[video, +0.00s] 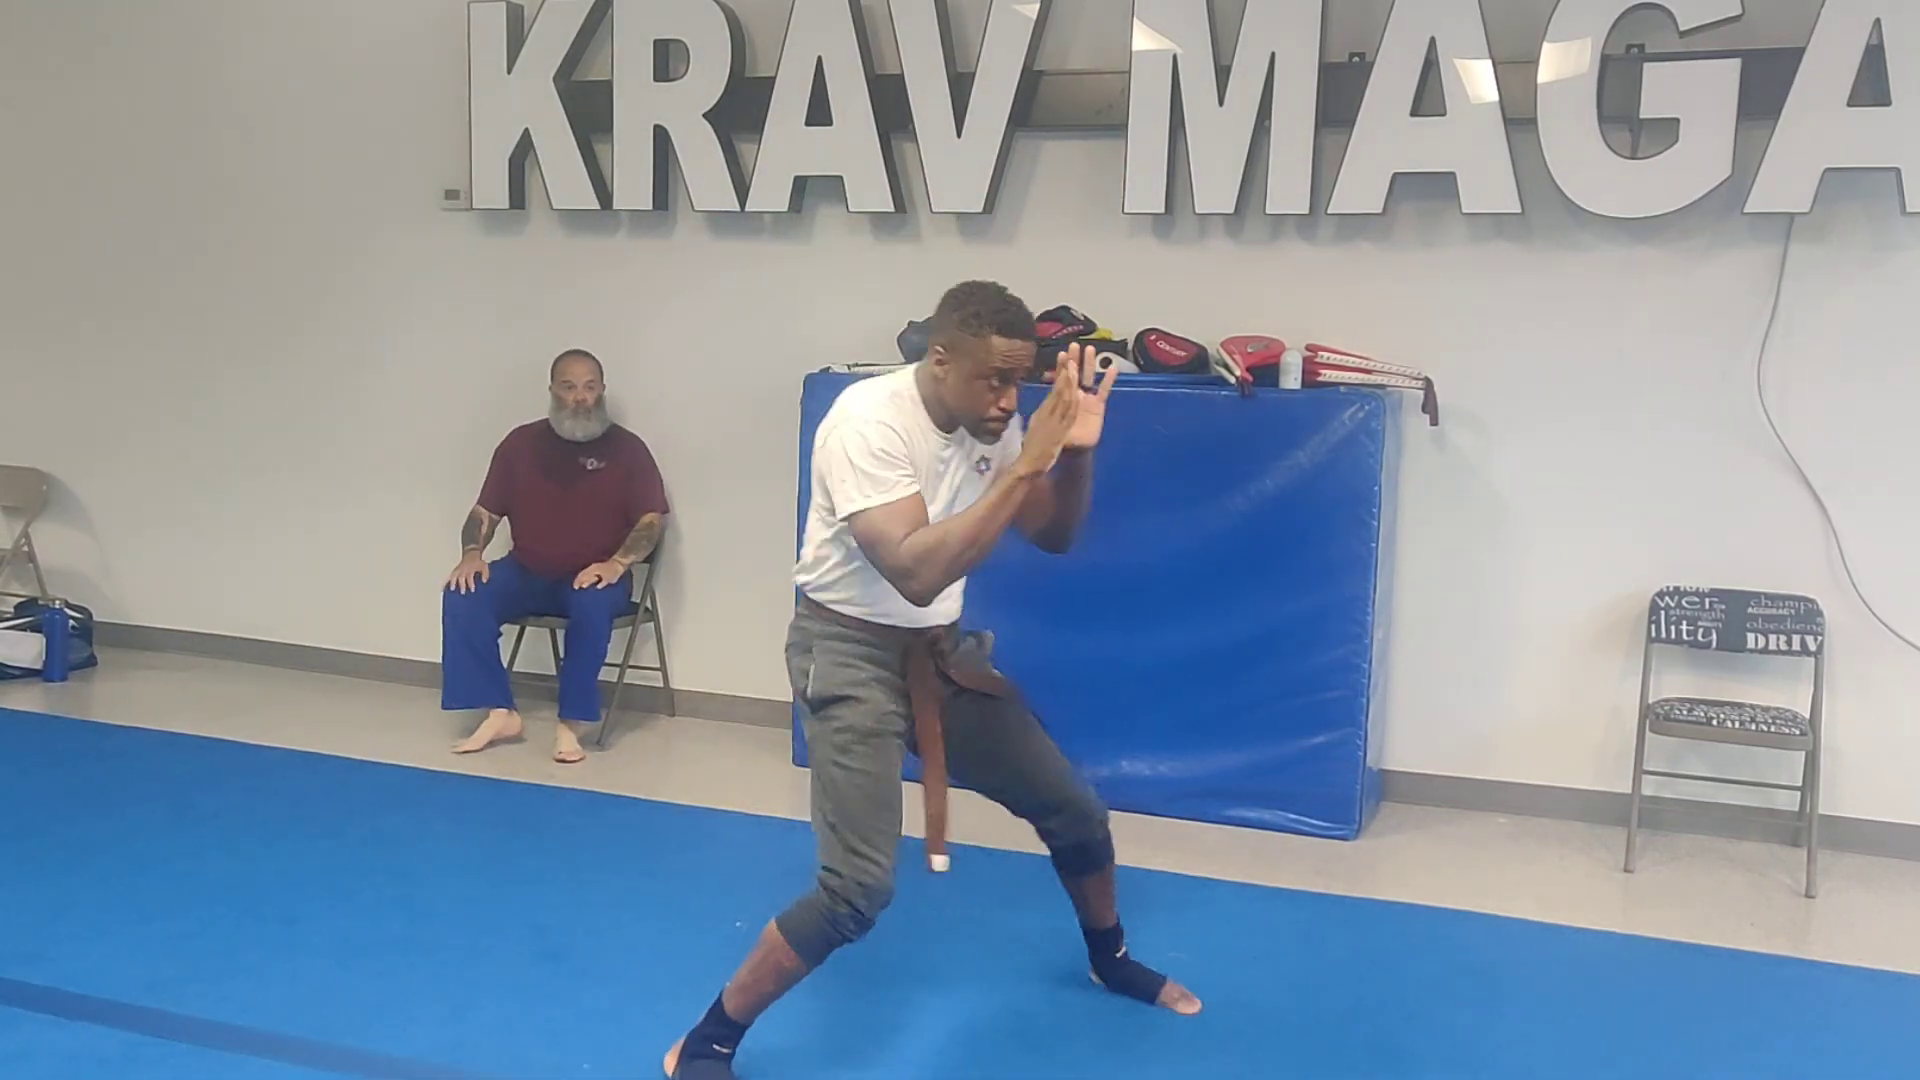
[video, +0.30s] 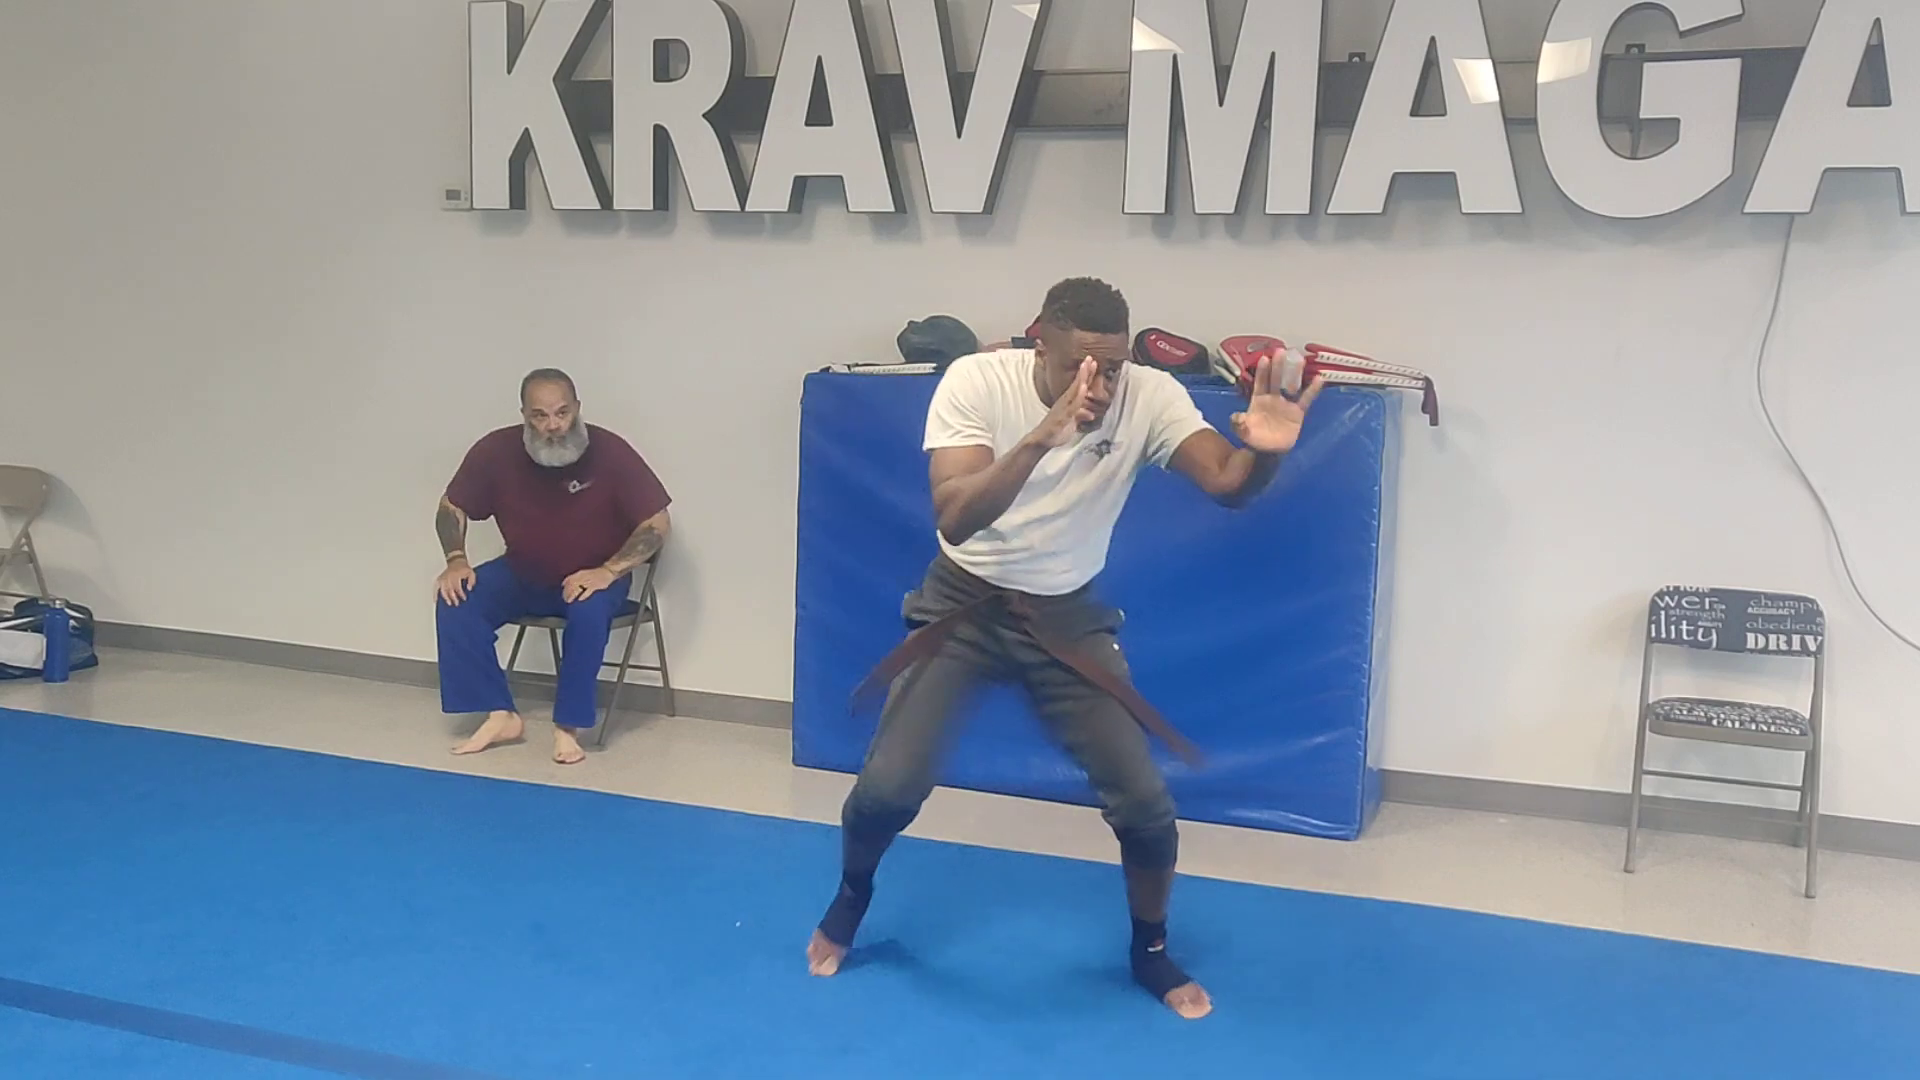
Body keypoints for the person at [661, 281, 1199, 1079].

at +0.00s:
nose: (1010, 401)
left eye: (1018, 383)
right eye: (995, 381)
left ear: (1024, 370)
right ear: (937, 360)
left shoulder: (994, 425)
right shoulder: (865, 421)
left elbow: (1053, 532)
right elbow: (917, 572)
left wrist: (1078, 446)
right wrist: (1029, 465)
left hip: (940, 645)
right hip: (848, 647)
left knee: (1073, 812)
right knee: (858, 886)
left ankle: (1110, 958)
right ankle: (709, 1043)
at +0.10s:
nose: (1054, 400)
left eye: (1064, 382)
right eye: (1037, 382)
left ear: (1075, 370)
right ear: (987, 358)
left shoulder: (1070, 409)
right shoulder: (905, 407)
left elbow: (1142, 526)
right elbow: (898, 553)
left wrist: (1142, 453)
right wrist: (1012, 476)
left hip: (995, 627)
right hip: (893, 621)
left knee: (1121, 803)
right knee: (847, 835)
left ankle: (1121, 958)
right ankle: (718, 1029)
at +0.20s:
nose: (1075, 391)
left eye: (1092, 373)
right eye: (1060, 373)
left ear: (1108, 356)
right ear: (1016, 349)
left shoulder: (1123, 389)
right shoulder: (945, 383)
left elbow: (1203, 494)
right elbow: (915, 522)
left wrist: (1220, 449)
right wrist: (1012, 457)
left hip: (1039, 611)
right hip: (930, 599)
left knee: (1140, 802)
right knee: (867, 791)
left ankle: (1140, 954)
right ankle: (782, 974)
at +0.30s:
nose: (1091, 383)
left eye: (1109, 367)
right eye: (1078, 364)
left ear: (1127, 356)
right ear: (1040, 339)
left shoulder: (1149, 395)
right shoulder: (974, 382)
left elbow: (1227, 483)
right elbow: (956, 517)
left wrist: (1261, 455)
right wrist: (1040, 438)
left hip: (1070, 618)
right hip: (963, 605)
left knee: (1146, 805)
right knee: (885, 791)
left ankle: (1151, 953)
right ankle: (850, 894)